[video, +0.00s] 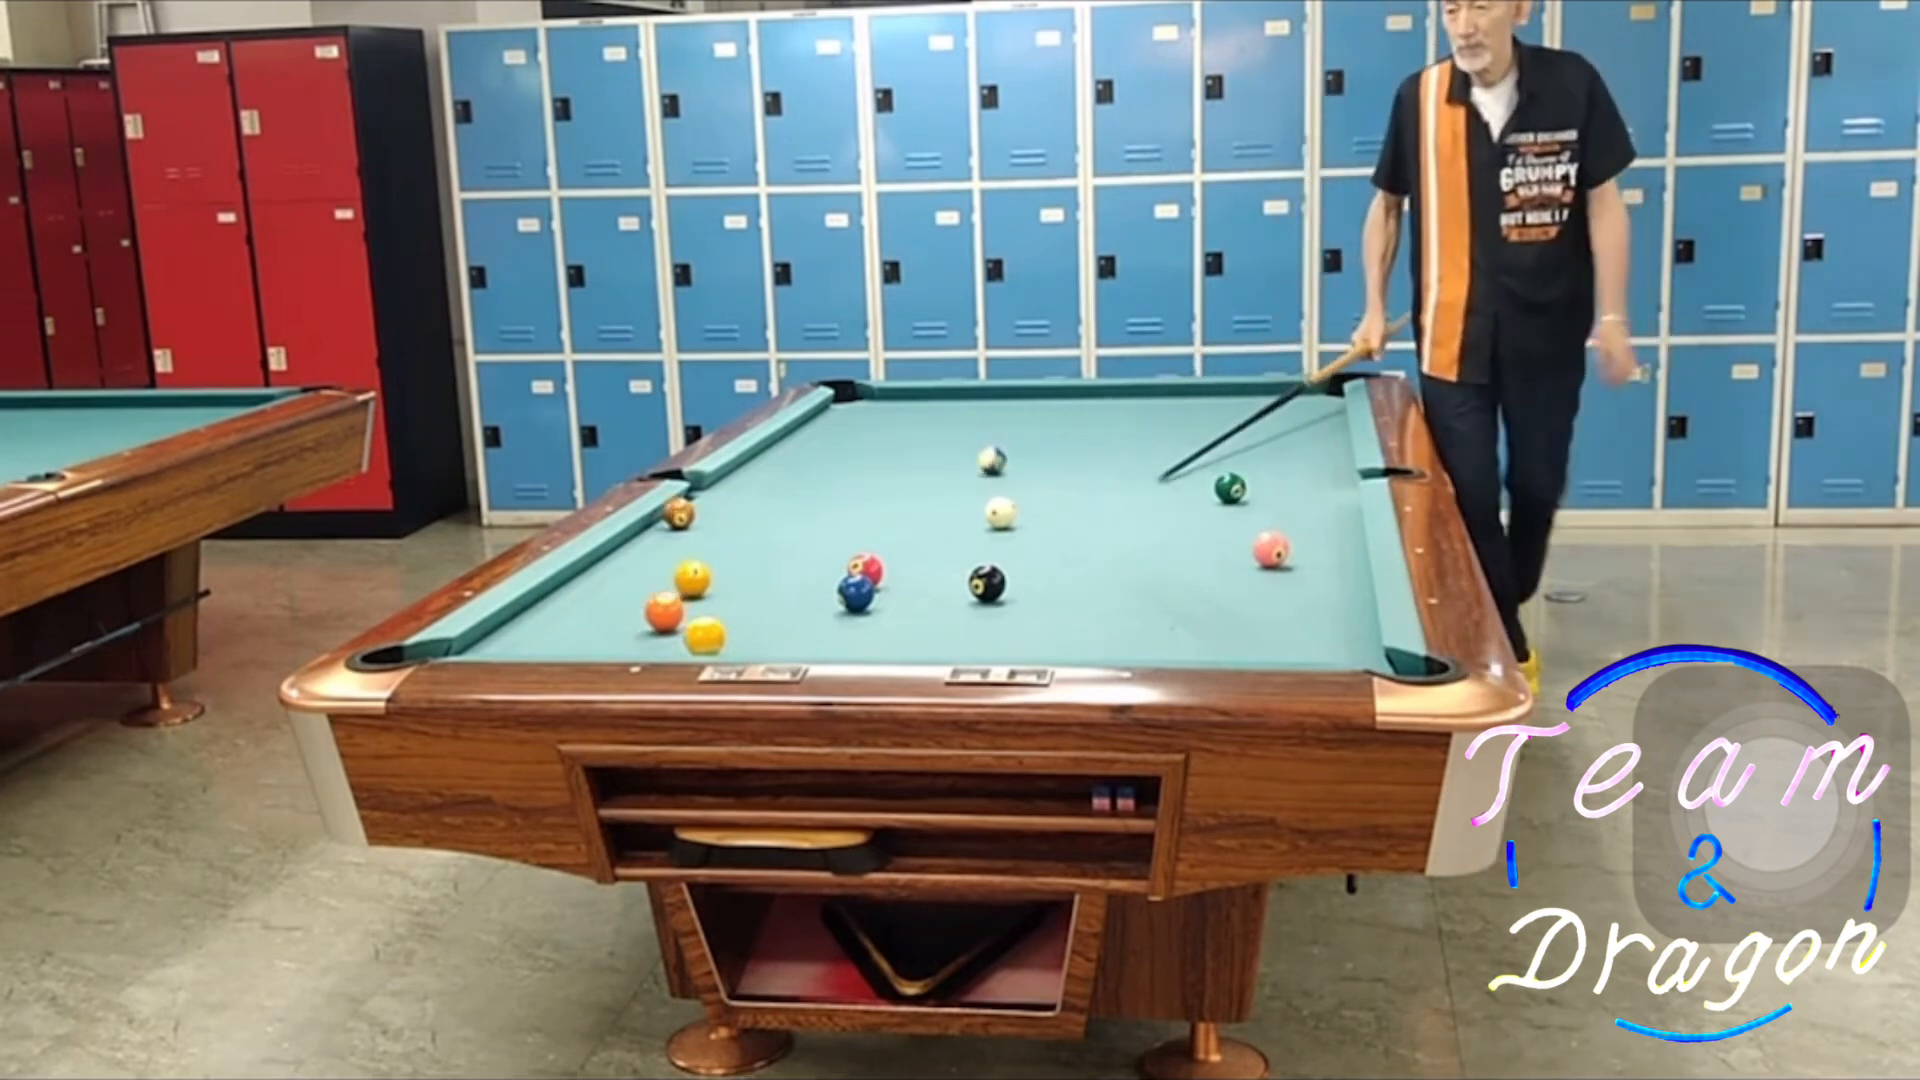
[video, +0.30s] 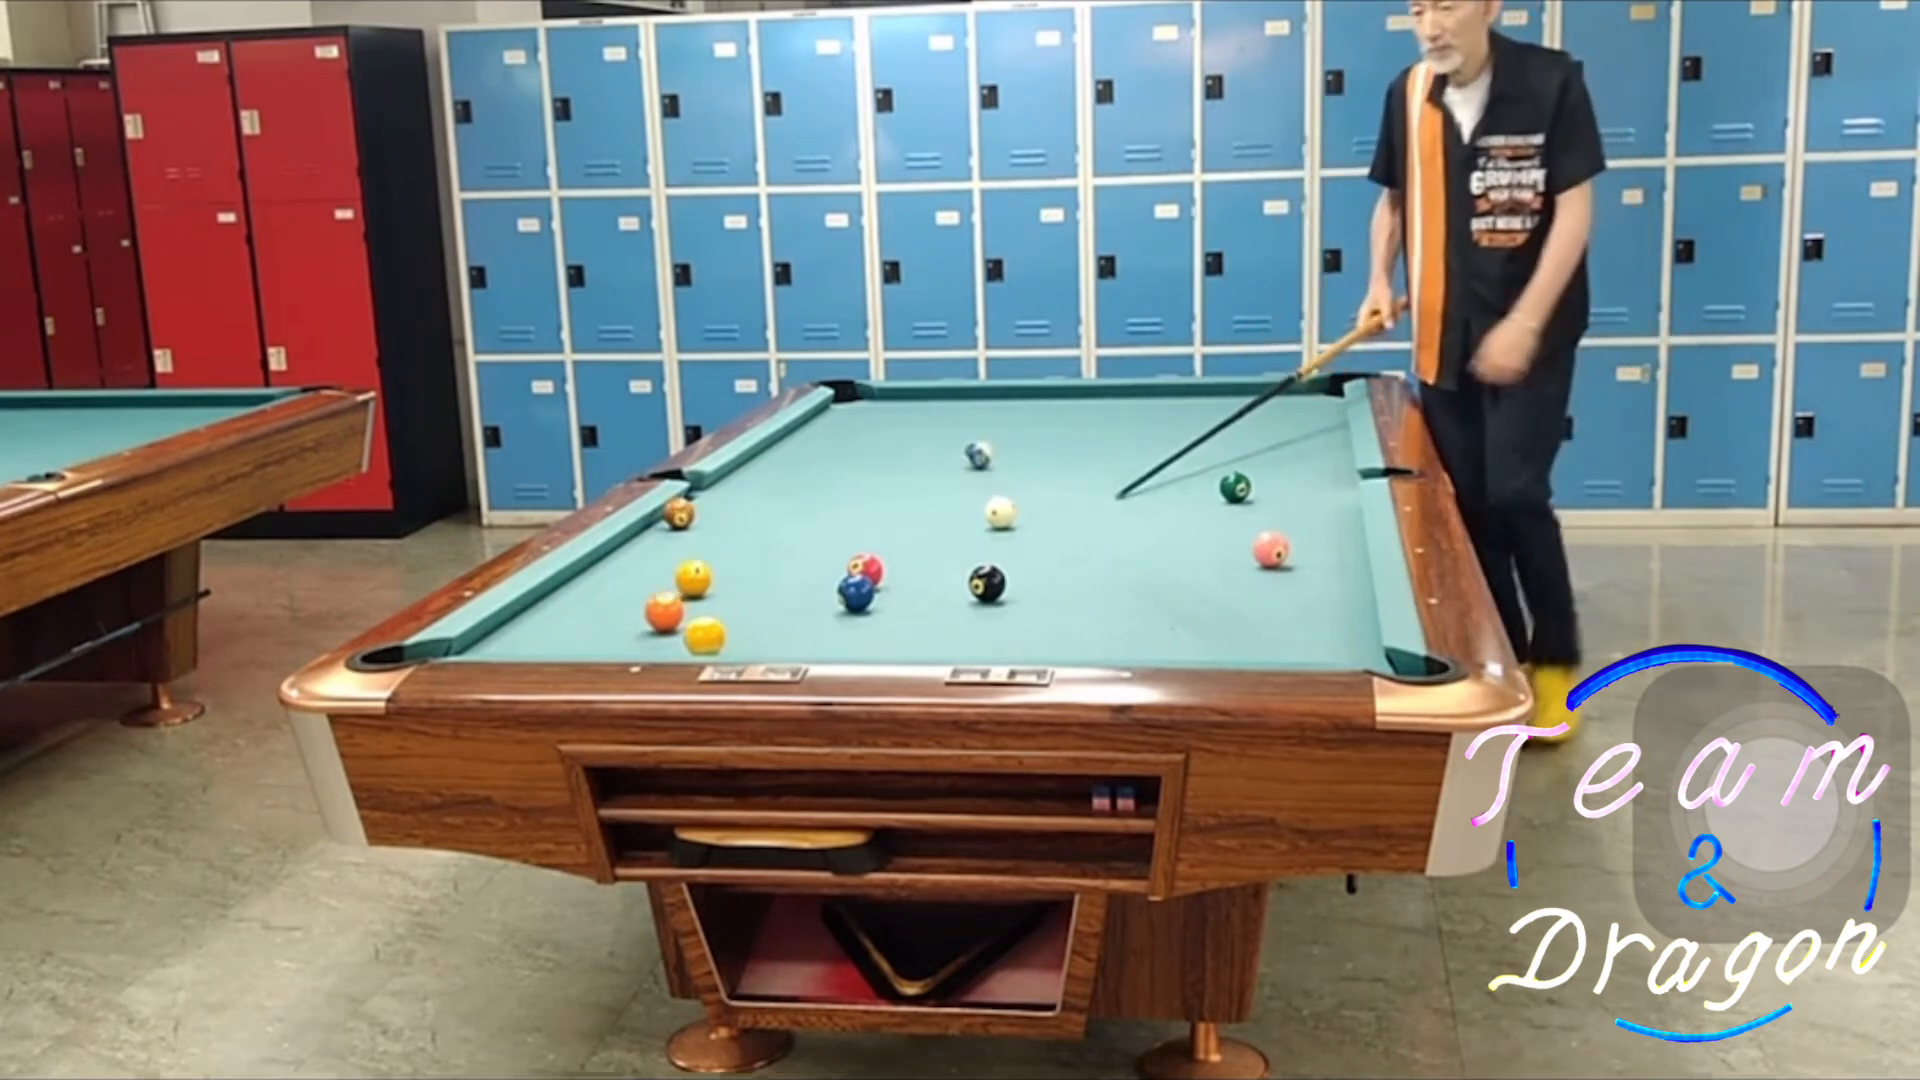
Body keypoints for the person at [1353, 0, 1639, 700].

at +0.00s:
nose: (1464, 24)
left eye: (1481, 8)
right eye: (1453, 10)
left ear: (1518, 11)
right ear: (1441, 17)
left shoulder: (1571, 82)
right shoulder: (1419, 95)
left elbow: (1605, 203)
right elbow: (1387, 207)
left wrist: (1612, 317)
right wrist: (1374, 309)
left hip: (1547, 338)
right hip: (1453, 338)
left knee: (1537, 491)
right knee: (1470, 499)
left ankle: (1510, 601)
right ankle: (1505, 652)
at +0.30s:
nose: (1429, 25)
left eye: (1446, 9)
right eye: (1418, 12)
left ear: (1489, 10)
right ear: (1411, 18)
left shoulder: (1551, 81)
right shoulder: (1407, 93)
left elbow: (1575, 213)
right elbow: (1392, 197)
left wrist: (1526, 322)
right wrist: (1379, 279)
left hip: (1532, 331)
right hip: (1444, 333)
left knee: (1513, 494)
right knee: (1466, 508)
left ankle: (1556, 667)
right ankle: (1501, 668)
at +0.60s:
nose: (1374, 61)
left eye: (1388, 41)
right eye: (1364, 48)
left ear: (1439, 32)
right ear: (1361, 56)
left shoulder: (1501, 102)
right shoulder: (1412, 114)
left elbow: (1508, 247)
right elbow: (1435, 247)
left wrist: (1414, 355)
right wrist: (1413, 343)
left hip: (1514, 334)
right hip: (1457, 331)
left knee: (1480, 502)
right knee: (1449, 497)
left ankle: (1506, 655)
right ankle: (1473, 648)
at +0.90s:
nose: (1318, 114)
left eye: (1327, 91)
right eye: (1309, 98)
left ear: (1378, 72)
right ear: (1362, 81)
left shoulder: (1443, 129)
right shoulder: (1390, 129)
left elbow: (1410, 280)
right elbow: (1433, 224)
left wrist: (1336, 398)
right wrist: (1434, 297)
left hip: (1535, 336)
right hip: (1486, 333)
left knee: (1486, 505)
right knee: (1485, 503)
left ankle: (1526, 670)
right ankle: (1519, 662)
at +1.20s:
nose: (1310, 163)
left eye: (1318, 141)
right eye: (1300, 149)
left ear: (1366, 119)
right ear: (1361, 123)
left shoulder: (1433, 161)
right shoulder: (1376, 161)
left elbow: (1376, 319)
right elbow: (1447, 238)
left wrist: (1293, 422)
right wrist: (1434, 319)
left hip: (1541, 338)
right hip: (1490, 340)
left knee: (1487, 506)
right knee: (1484, 504)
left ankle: (1531, 671)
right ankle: (1524, 667)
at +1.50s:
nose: (1301, 216)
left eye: (1307, 197)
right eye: (1293, 202)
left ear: (1357, 171)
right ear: (1354, 170)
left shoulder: (1425, 206)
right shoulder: (1395, 171)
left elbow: (1351, 356)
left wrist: (1253, 452)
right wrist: (1451, 318)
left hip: (1563, 355)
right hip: (1519, 353)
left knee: (1502, 536)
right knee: (1492, 525)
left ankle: (1521, 689)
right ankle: (1527, 668)